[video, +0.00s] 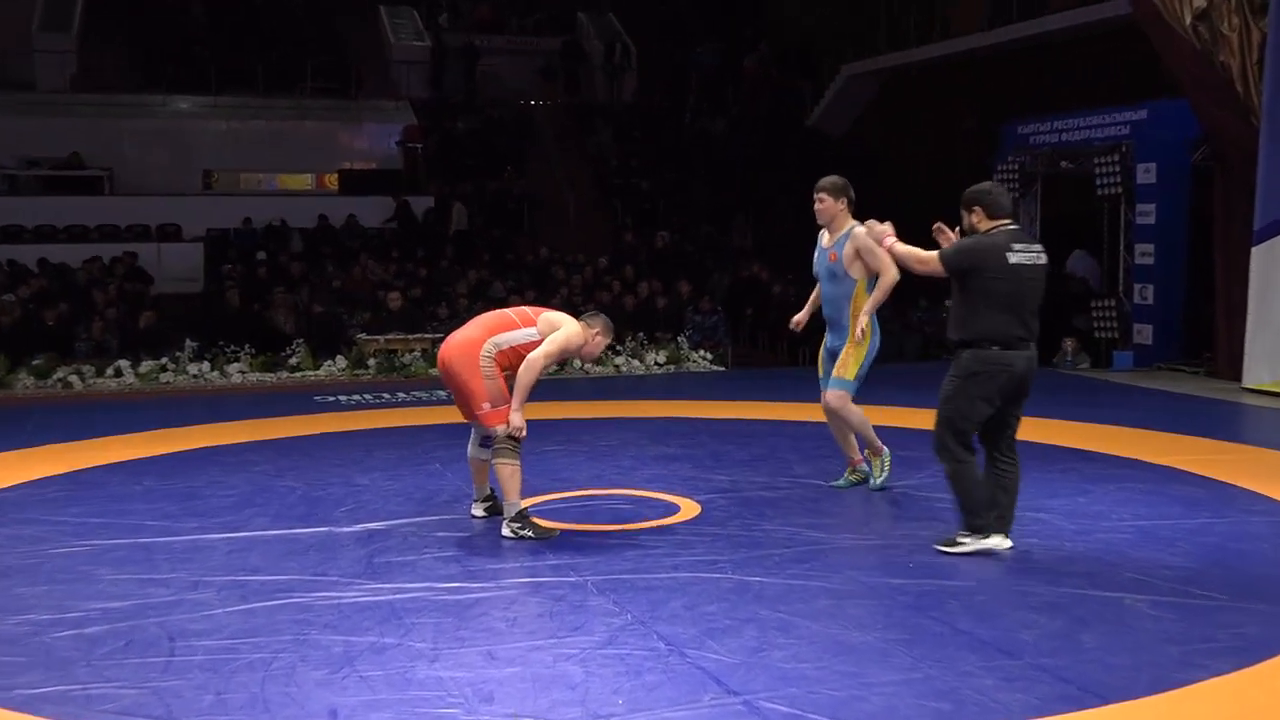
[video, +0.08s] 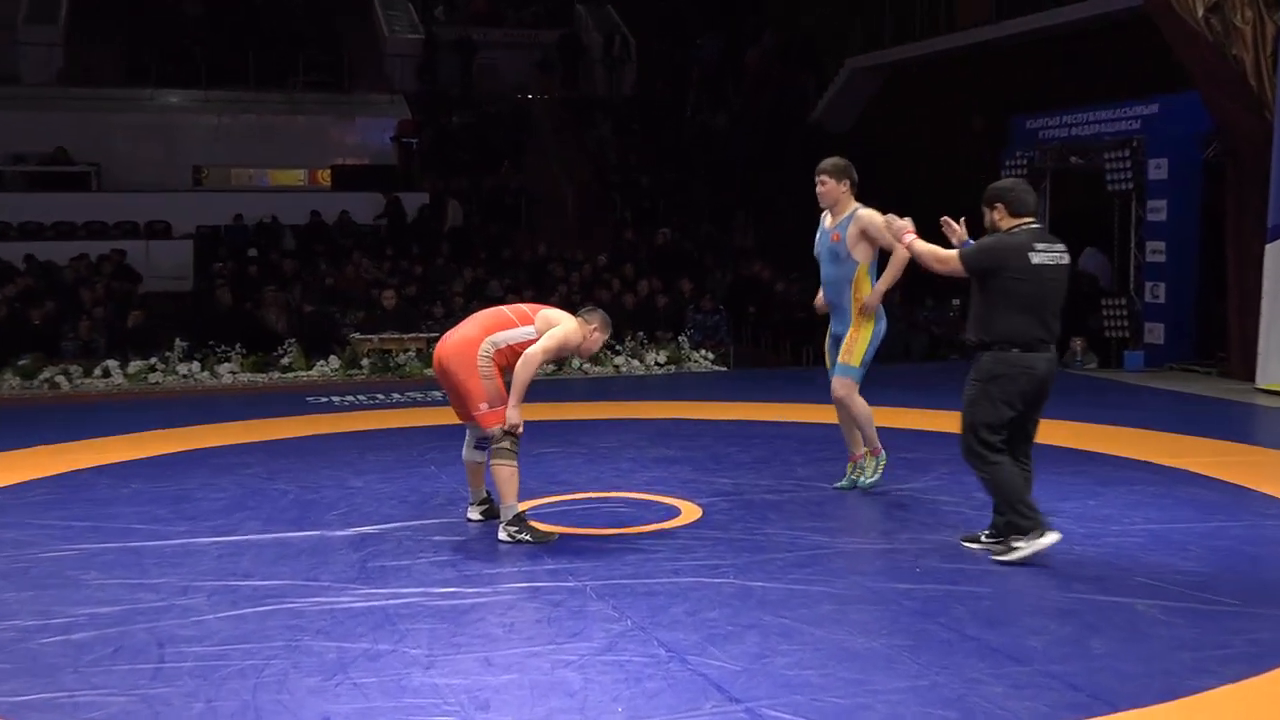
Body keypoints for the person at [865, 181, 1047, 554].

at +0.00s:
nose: (966, 223)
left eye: (967, 217)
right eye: (966, 217)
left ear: (980, 214)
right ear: (1006, 213)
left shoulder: (977, 248)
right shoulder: (1034, 249)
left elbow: (920, 262)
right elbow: (993, 268)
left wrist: (888, 241)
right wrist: (958, 248)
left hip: (981, 360)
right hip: (1021, 359)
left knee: (951, 438)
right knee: (1001, 442)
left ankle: (978, 529)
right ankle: (997, 530)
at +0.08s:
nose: (987, 220)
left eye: (988, 214)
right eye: (988, 213)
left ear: (1001, 212)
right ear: (1030, 211)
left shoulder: (998, 246)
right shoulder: (1056, 248)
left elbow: (940, 261)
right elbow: (1005, 267)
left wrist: (908, 239)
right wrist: (967, 245)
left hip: (1001, 362)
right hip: (1041, 361)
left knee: (981, 446)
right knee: (1017, 447)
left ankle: (1029, 528)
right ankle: (1003, 529)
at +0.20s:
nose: (1021, 216)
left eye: (1022, 210)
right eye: (1020, 210)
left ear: (1036, 209)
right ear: (1066, 208)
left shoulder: (1037, 247)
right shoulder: (1092, 247)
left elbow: (973, 263)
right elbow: (1033, 263)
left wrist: (939, 236)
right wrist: (992, 236)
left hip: (1037, 366)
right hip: (1074, 365)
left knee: (1030, 459)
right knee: (1039, 457)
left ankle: (1101, 534)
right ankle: (1018, 540)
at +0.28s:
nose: (1044, 216)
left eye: (1045, 210)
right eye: (1042, 210)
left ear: (1059, 208)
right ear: (1091, 207)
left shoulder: (1062, 249)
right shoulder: (1118, 248)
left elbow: (999, 266)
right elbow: (1061, 261)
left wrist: (961, 237)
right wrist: (1020, 236)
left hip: (1064, 373)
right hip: (1101, 370)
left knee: (1065, 464)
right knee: (1057, 459)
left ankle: (1133, 553)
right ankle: (1029, 544)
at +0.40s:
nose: (1081, 216)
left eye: (1082, 210)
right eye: (1080, 210)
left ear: (1096, 206)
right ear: (1128, 205)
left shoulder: (1105, 251)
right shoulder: (1160, 244)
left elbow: (1038, 276)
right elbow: (1115, 253)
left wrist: (995, 253)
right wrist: (1075, 241)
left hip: (1112, 376)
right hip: (1147, 374)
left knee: (1117, 474)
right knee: (1093, 464)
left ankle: (1167, 577)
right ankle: (1049, 547)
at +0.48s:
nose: (1110, 207)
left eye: (1110, 200)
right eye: (1109, 200)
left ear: (1125, 198)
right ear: (1157, 195)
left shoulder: (1135, 245)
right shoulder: (1189, 234)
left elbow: (1074, 285)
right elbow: (1147, 257)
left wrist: (1018, 281)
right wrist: (1108, 242)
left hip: (1143, 374)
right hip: (1181, 372)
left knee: (1146, 473)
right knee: (1121, 464)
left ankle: (1182, 584)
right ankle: (1074, 545)